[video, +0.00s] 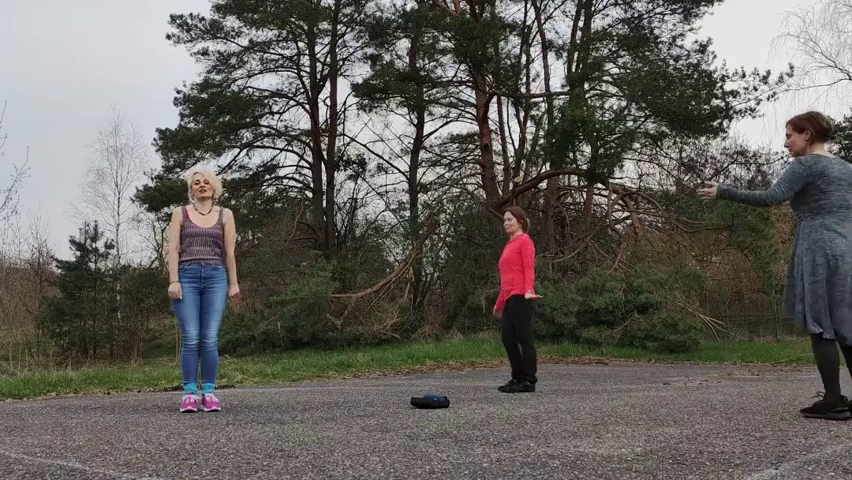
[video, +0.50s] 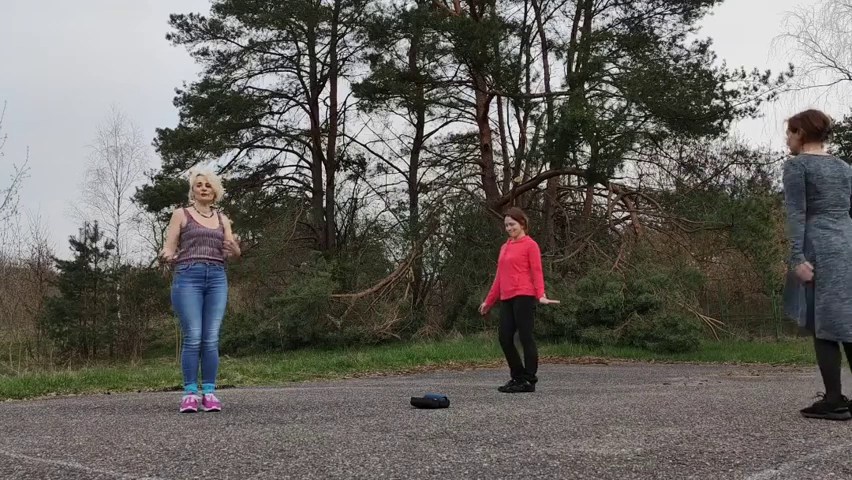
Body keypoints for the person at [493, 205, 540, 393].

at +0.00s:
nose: (506, 223)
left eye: (510, 219)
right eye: (505, 220)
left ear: (520, 221)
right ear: (504, 224)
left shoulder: (525, 241)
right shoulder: (510, 244)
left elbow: (529, 266)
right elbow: (507, 279)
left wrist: (529, 288)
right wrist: (499, 302)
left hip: (521, 296)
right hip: (509, 297)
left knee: (524, 337)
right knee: (508, 338)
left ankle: (528, 380)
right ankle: (518, 377)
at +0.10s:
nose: (508, 224)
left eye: (511, 221)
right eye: (506, 222)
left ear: (522, 222)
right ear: (505, 225)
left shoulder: (527, 243)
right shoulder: (509, 246)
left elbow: (532, 268)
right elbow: (505, 280)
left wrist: (531, 290)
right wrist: (496, 303)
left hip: (522, 296)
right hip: (508, 299)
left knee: (526, 338)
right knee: (506, 339)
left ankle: (529, 380)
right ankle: (518, 377)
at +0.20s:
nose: (509, 225)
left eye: (512, 221)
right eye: (506, 222)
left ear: (522, 222)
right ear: (505, 225)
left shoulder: (529, 242)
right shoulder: (508, 246)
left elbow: (534, 268)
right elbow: (503, 277)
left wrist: (536, 290)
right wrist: (494, 302)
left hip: (523, 295)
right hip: (507, 298)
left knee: (526, 337)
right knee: (506, 338)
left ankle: (529, 380)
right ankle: (518, 377)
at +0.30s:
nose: (509, 225)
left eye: (512, 221)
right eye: (507, 222)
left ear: (522, 221)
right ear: (505, 225)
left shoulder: (530, 242)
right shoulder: (506, 246)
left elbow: (536, 267)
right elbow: (501, 277)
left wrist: (539, 290)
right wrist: (491, 301)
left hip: (524, 294)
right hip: (506, 297)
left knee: (525, 336)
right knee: (508, 337)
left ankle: (529, 380)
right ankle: (517, 377)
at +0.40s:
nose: (510, 226)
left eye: (513, 222)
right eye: (507, 224)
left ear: (522, 222)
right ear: (505, 226)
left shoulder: (530, 242)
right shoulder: (505, 246)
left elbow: (537, 268)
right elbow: (500, 277)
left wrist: (541, 292)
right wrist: (490, 301)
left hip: (524, 295)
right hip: (506, 297)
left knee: (525, 336)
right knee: (507, 338)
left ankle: (529, 380)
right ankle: (517, 378)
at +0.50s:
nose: (509, 227)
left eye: (512, 224)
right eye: (507, 225)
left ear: (522, 223)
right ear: (505, 227)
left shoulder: (530, 245)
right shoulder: (505, 247)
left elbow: (537, 270)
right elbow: (499, 278)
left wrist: (541, 294)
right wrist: (488, 301)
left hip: (524, 296)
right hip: (506, 298)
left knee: (526, 337)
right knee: (505, 339)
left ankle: (529, 380)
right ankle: (518, 377)